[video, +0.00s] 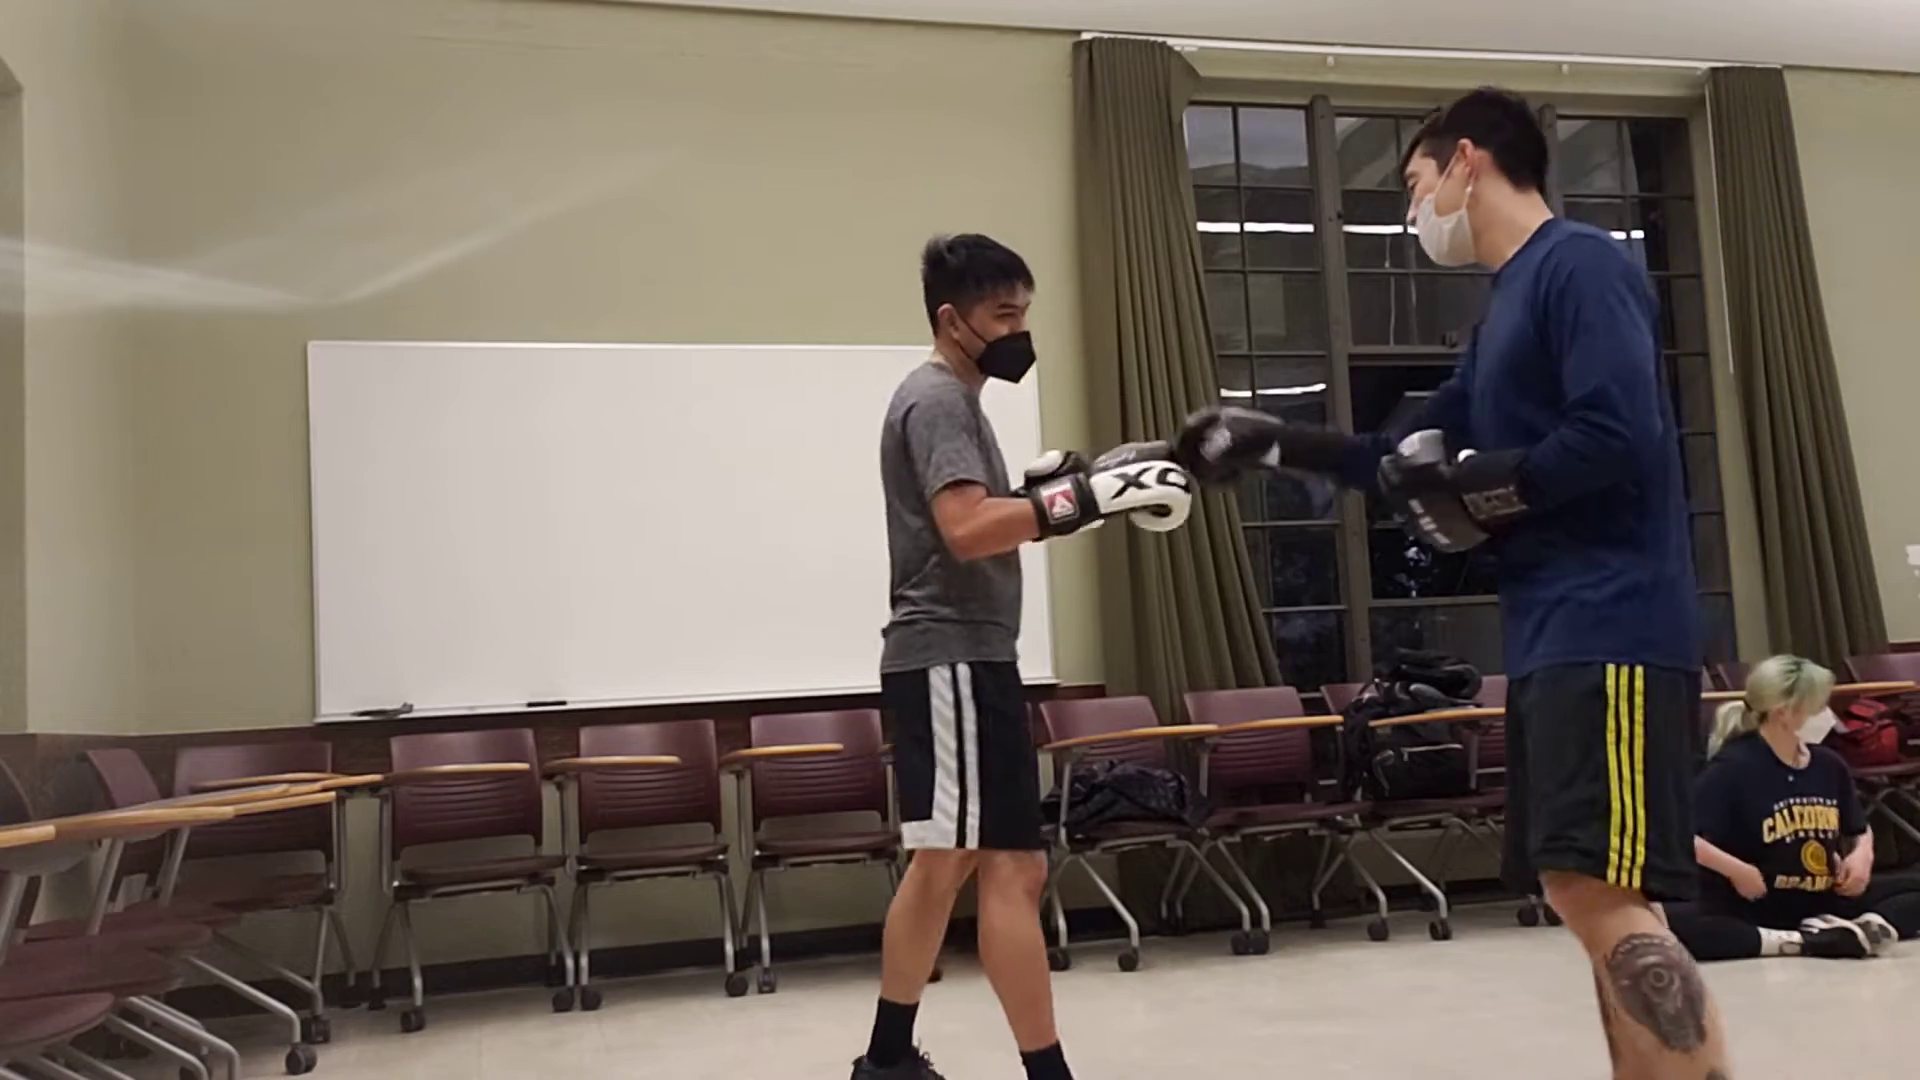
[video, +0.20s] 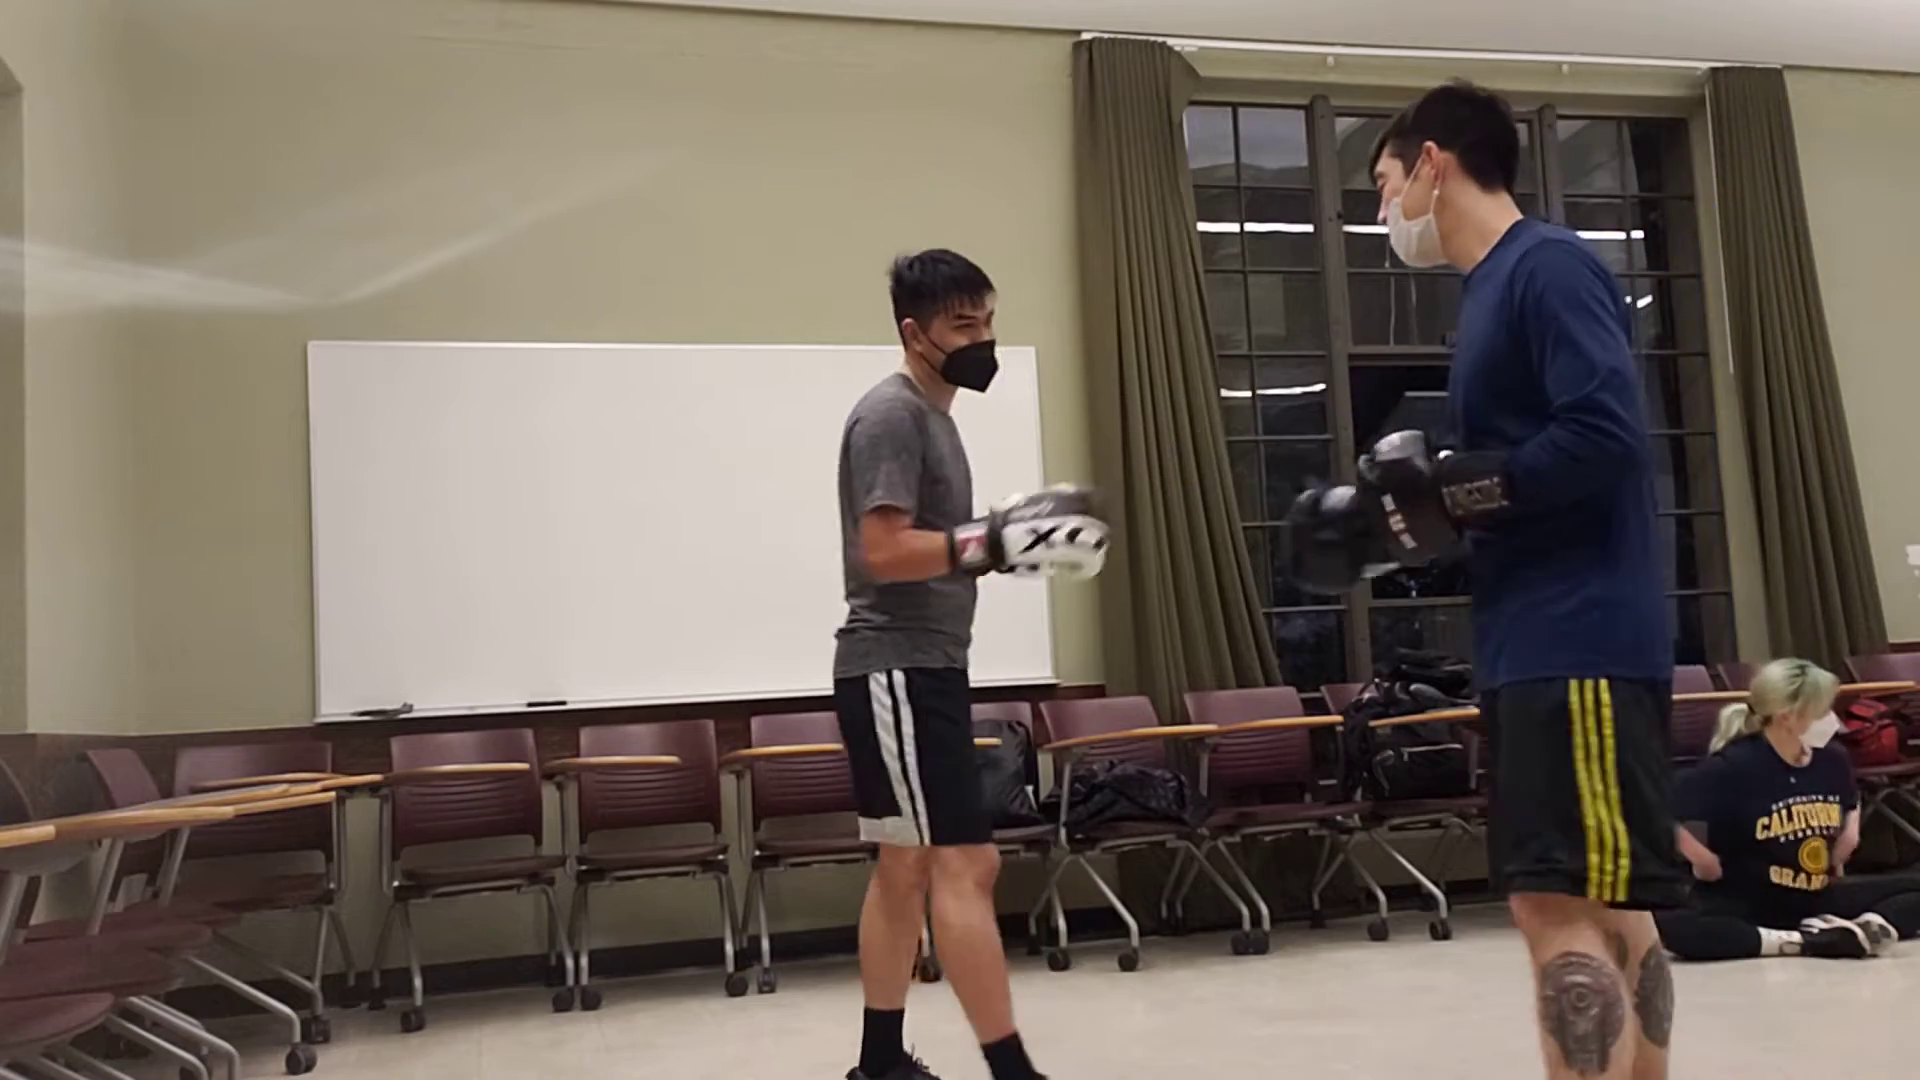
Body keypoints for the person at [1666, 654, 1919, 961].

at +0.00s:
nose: (1820, 714)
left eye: (1818, 706)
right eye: (1812, 706)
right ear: (1781, 712)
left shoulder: (1831, 765)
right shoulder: (1732, 767)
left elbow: (1859, 830)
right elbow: (1683, 834)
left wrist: (1862, 856)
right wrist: (1735, 869)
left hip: (1829, 901)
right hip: (1756, 907)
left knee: (1916, 896)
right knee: (1676, 925)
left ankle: (1860, 930)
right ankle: (1790, 942)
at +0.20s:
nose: (1828, 720)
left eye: (1827, 710)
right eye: (1819, 712)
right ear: (1786, 716)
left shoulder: (1833, 760)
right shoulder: (1733, 765)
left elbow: (1851, 799)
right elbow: (1660, 808)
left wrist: (1851, 834)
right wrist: (1699, 856)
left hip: (1819, 898)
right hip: (1746, 902)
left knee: (1916, 888)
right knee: (1668, 925)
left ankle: (1860, 929)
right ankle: (1789, 942)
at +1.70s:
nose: (1830, 722)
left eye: (1829, 713)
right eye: (1821, 715)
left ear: (1796, 720)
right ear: (1788, 719)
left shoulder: (1826, 762)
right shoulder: (1734, 769)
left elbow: (1851, 813)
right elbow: (1662, 826)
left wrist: (1846, 852)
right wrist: (1733, 874)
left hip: (1817, 899)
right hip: (1747, 908)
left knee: (1916, 888)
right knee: (1671, 922)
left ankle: (1854, 930)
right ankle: (1797, 944)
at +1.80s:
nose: (1823, 715)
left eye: (1822, 706)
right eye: (1815, 707)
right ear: (1784, 714)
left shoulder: (1825, 764)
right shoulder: (1735, 769)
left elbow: (1856, 829)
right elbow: (1675, 843)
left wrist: (1852, 861)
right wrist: (1759, 880)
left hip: (1824, 899)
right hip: (1747, 907)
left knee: (1915, 892)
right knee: (1670, 922)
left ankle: (1851, 930)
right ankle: (1794, 945)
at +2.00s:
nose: (1820, 712)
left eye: (1819, 703)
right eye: (1812, 703)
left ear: (1784, 708)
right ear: (1781, 708)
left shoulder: (1823, 766)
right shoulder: (1735, 769)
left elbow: (1852, 842)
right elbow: (1704, 862)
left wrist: (1856, 878)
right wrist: (1796, 890)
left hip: (1822, 898)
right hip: (1749, 905)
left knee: (1915, 897)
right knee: (1670, 922)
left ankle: (1850, 930)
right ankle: (1792, 945)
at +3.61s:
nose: (1830, 716)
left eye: (1829, 705)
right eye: (1817, 707)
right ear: (1777, 712)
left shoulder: (1836, 772)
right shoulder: (1740, 775)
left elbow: (1857, 852)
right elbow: (1724, 870)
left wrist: (1859, 899)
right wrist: (1801, 920)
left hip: (1828, 903)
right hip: (1755, 908)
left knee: (1916, 899)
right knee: (1672, 922)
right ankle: (1792, 944)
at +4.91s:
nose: (1834, 715)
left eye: (1834, 704)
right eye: (1820, 706)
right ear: (1781, 712)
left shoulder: (1838, 774)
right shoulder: (1746, 775)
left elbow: (1858, 855)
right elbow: (1733, 872)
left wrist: (1867, 910)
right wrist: (1807, 927)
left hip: (1832, 906)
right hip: (1760, 910)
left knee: (1915, 895)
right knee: (1677, 923)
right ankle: (1795, 945)